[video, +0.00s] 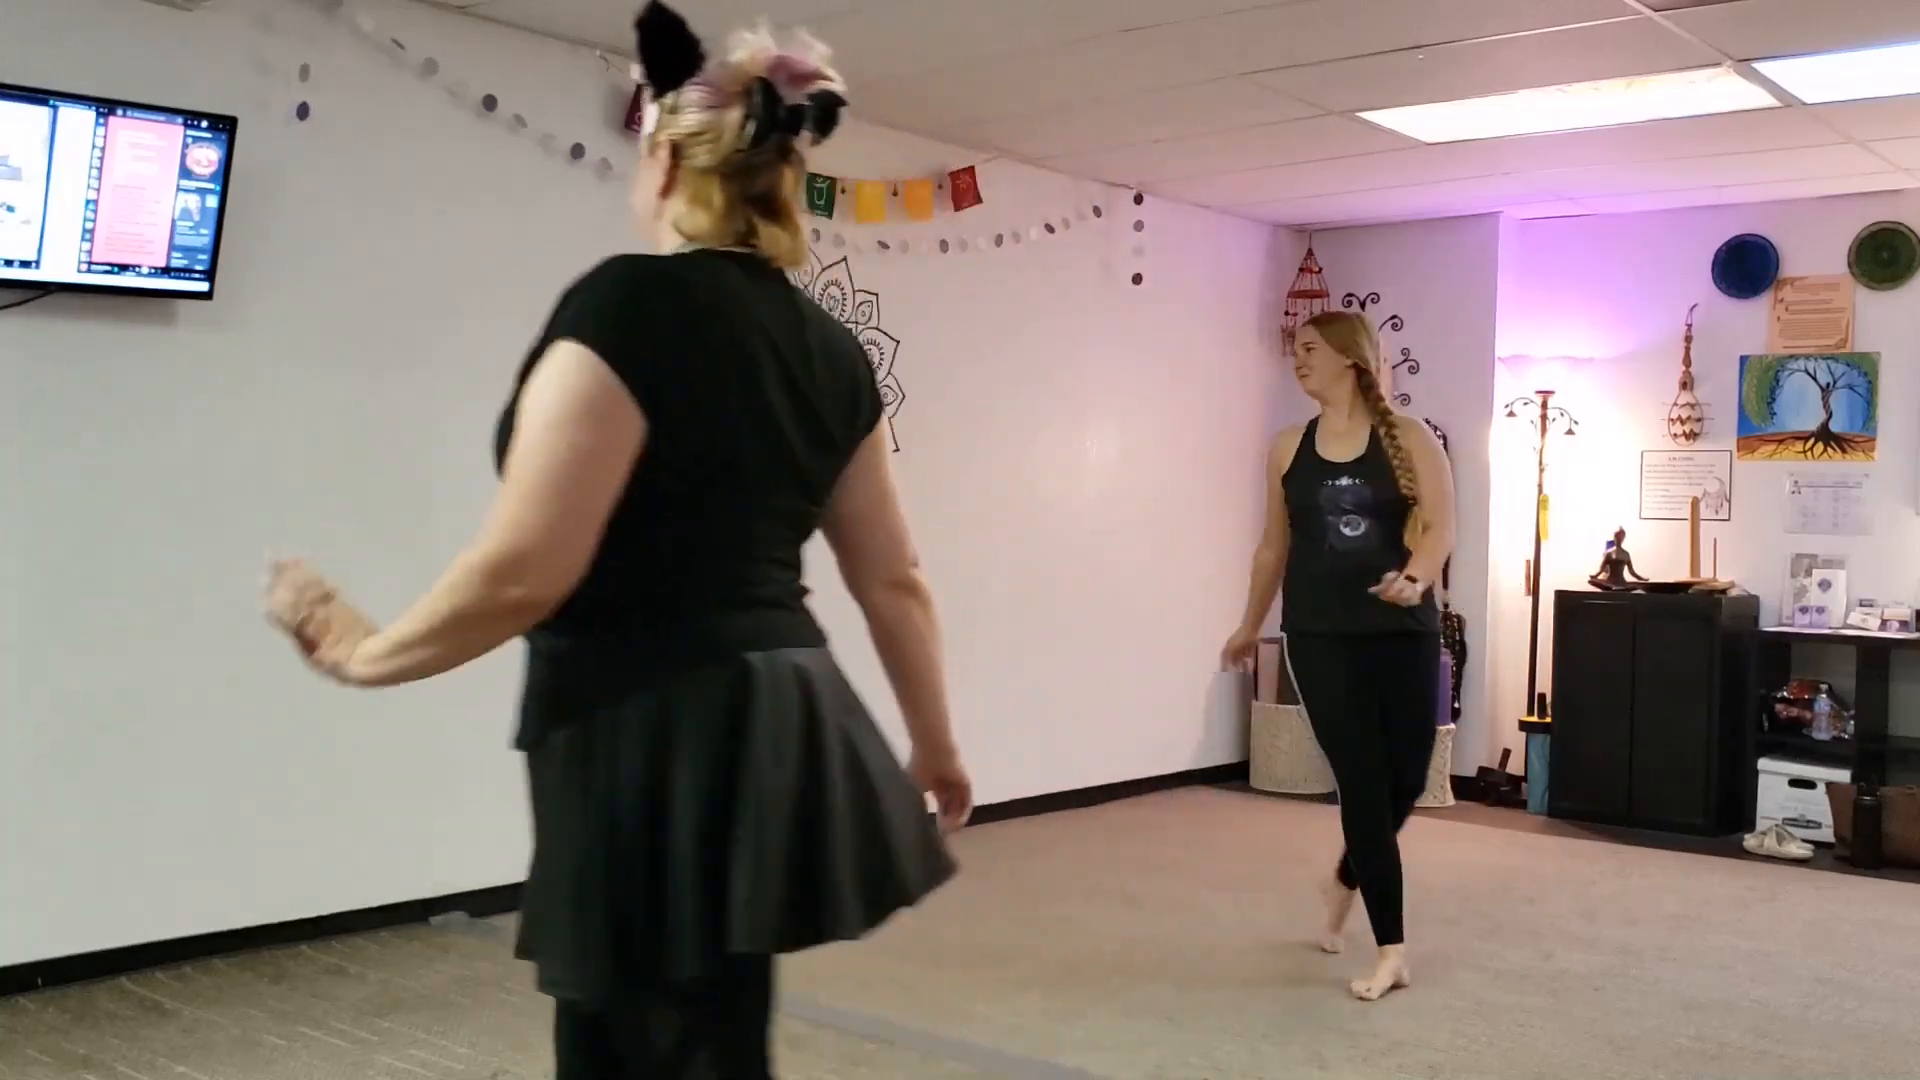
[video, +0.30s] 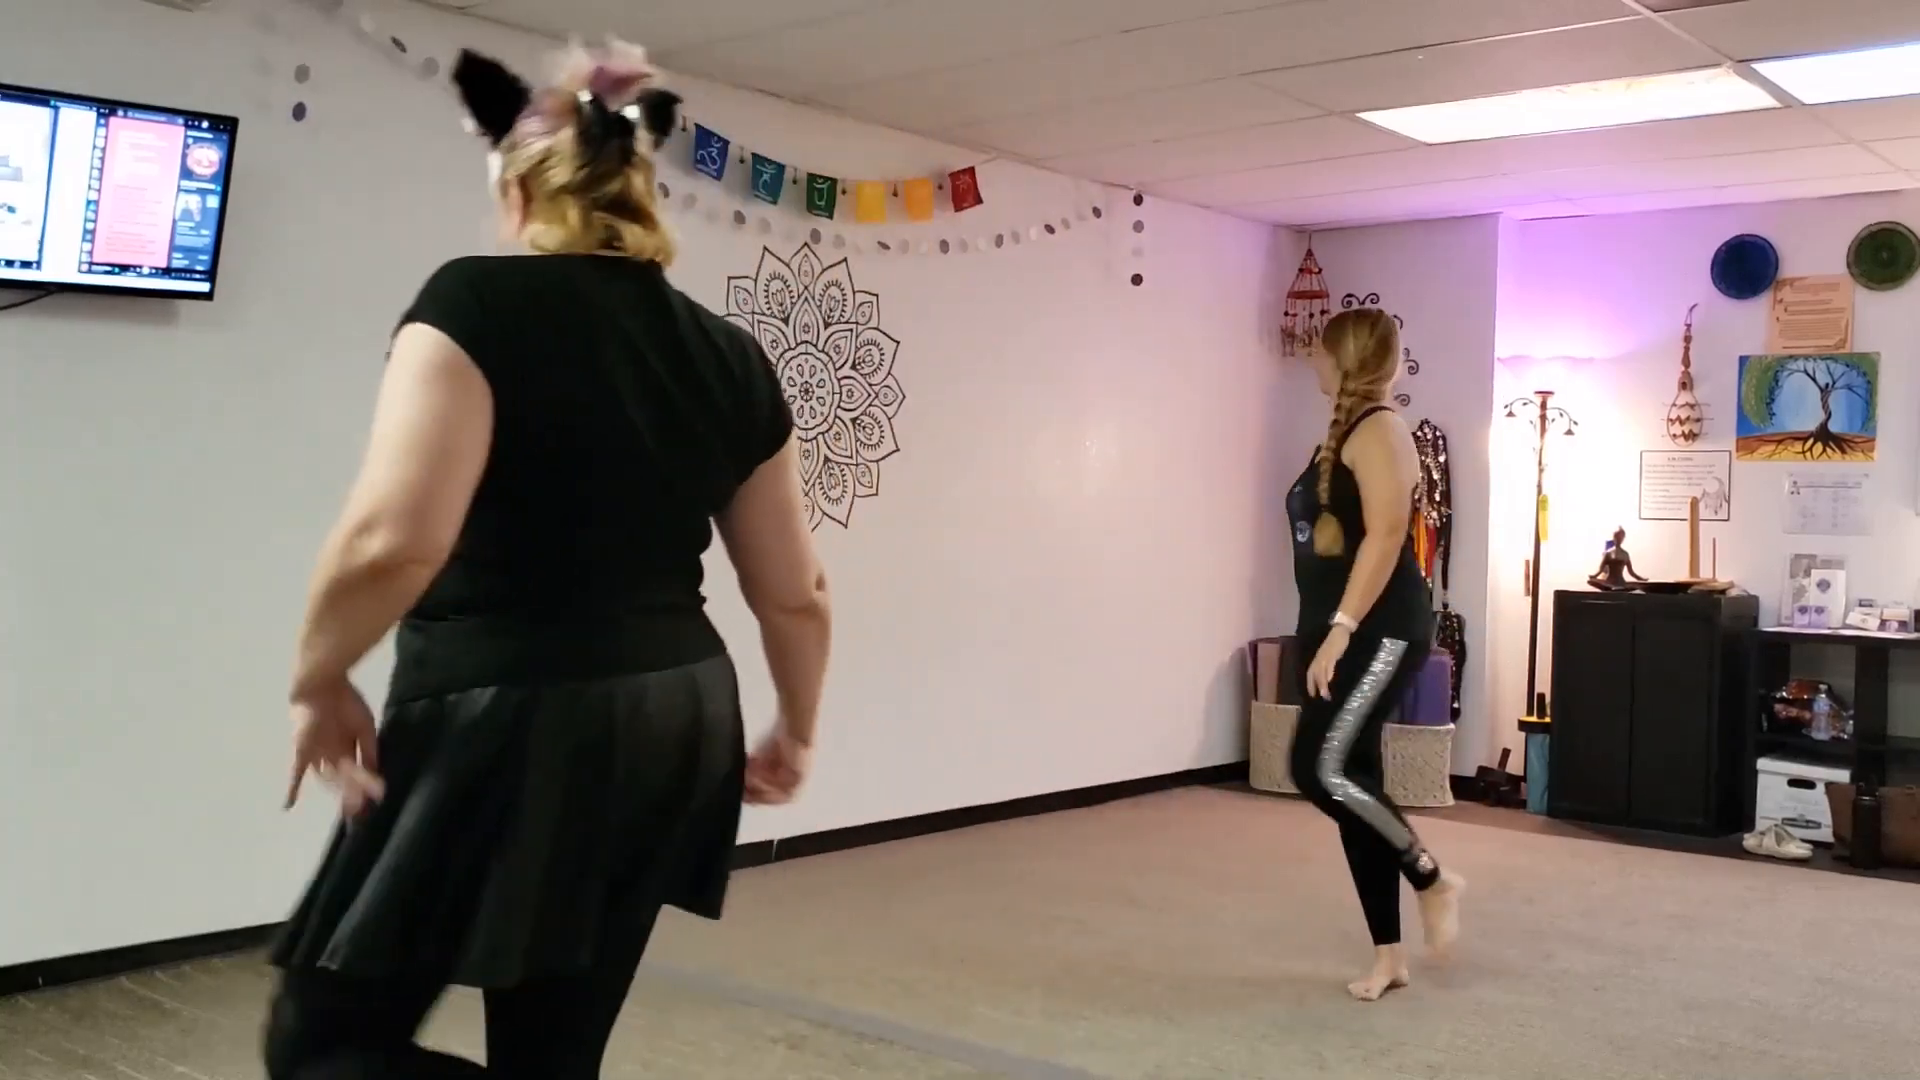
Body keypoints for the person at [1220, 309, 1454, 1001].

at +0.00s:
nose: (1298, 360)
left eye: (1310, 350)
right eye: (1297, 351)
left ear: (1353, 360)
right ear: (1307, 364)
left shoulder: (1407, 436)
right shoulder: (1290, 447)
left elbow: (1440, 525)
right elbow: (1274, 544)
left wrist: (1416, 577)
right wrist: (1249, 626)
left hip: (1402, 632)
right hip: (1320, 636)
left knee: (1405, 782)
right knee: (1362, 784)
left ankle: (1343, 879)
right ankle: (1391, 948)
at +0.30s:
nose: (1317, 364)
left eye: (1323, 352)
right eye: (1318, 352)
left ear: (1345, 359)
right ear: (1378, 358)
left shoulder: (1376, 430)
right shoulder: (1349, 432)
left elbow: (1386, 537)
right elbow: (1344, 539)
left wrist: (1339, 630)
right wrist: (1316, 627)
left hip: (1386, 626)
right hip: (1351, 625)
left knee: (1317, 768)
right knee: (1354, 789)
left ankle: (1433, 881)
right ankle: (1387, 952)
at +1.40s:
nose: (1261, 377)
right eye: (1264, 368)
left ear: (1207, 376)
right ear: (1262, 376)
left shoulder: (1185, 456)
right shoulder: (1301, 446)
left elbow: (1149, 549)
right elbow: (1340, 539)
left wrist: (1086, 551)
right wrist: (1371, 617)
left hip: (1200, 622)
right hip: (1276, 621)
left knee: (1212, 757)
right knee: (1241, 720)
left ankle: (1231, 911)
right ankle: (1243, 842)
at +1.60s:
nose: (1252, 379)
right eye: (1255, 370)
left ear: (1199, 373)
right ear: (1253, 377)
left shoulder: (1168, 451)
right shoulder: (1283, 444)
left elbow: (1148, 546)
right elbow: (1315, 528)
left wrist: (1127, 539)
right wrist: (1359, 611)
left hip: (1189, 615)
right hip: (1265, 615)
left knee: (1206, 749)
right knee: (1235, 734)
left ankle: (1227, 898)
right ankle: (1218, 854)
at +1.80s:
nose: (1252, 396)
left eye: (1247, 386)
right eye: (1253, 388)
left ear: (1197, 389)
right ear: (1246, 394)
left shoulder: (1165, 465)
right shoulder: (1268, 460)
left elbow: (1156, 551)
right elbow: (1290, 551)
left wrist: (1197, 583)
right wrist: (1329, 632)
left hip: (1179, 617)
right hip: (1252, 619)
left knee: (1198, 747)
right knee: (1226, 744)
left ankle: (1220, 885)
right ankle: (1203, 857)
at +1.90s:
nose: (1252, 391)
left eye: (1242, 380)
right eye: (1254, 383)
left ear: (1199, 384)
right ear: (1249, 389)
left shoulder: (1166, 456)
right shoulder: (1267, 458)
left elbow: (1160, 541)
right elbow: (1282, 551)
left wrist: (1191, 584)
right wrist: (1313, 632)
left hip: (1177, 612)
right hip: (1250, 615)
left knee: (1194, 737)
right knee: (1226, 737)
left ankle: (1215, 865)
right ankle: (1202, 854)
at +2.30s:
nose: (1252, 396)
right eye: (1252, 389)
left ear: (1199, 389)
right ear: (1247, 396)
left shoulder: (1169, 459)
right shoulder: (1265, 469)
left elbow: (1137, 536)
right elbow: (1290, 558)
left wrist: (1120, 603)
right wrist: (1335, 631)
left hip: (1184, 615)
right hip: (1251, 621)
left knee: (1195, 707)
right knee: (1224, 728)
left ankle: (1179, 793)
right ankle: (1197, 864)